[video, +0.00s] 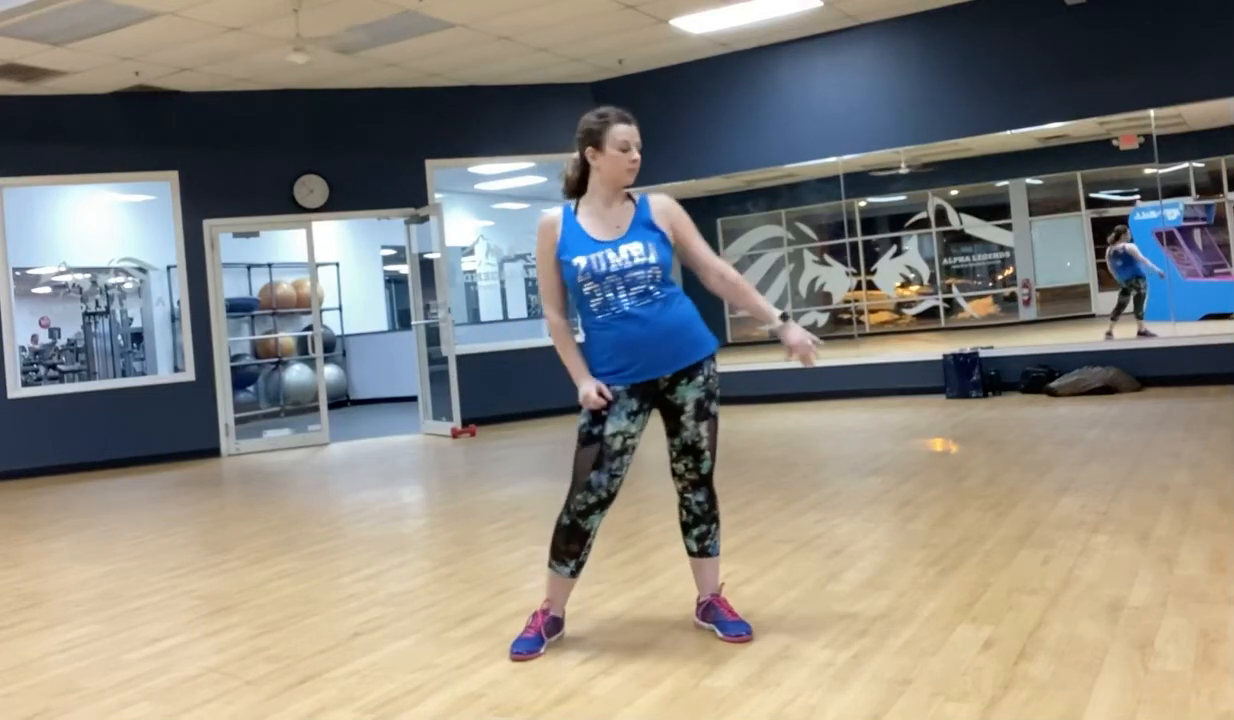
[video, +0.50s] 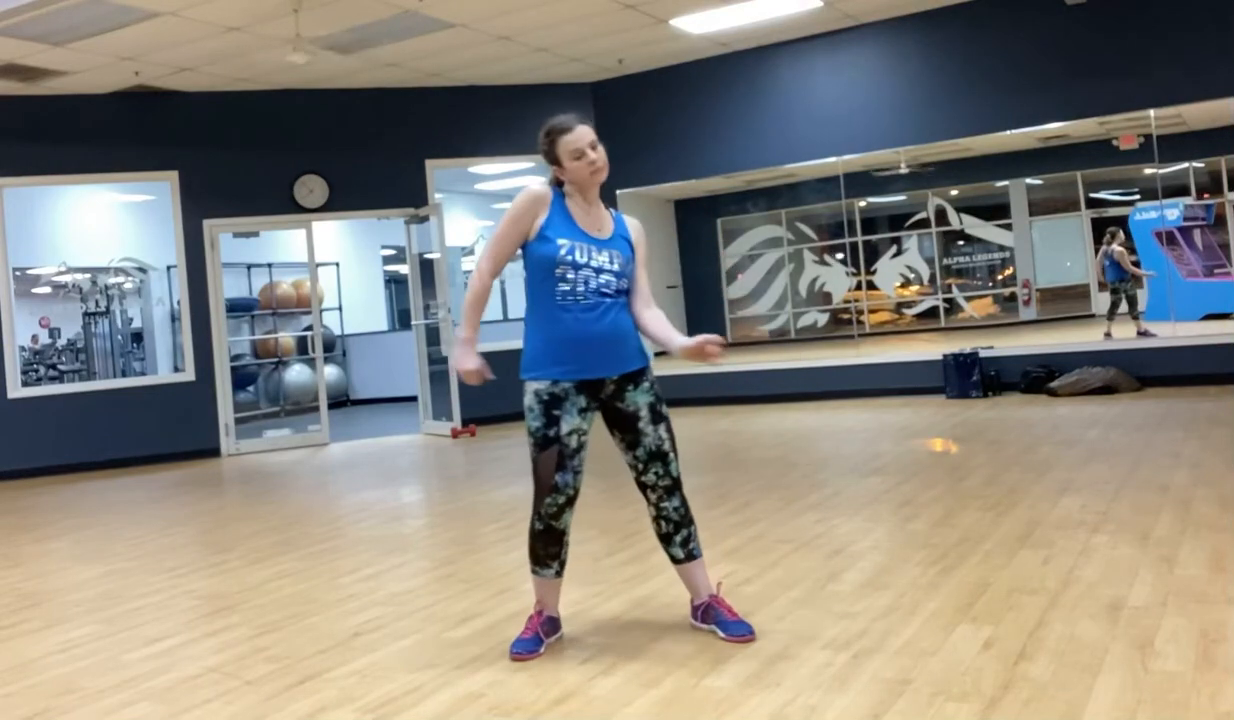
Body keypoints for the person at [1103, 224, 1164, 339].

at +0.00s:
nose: (1129, 236)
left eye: (1129, 233)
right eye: (1128, 234)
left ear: (1117, 236)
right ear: (1123, 235)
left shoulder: (1109, 250)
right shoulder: (1130, 247)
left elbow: (1110, 268)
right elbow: (1143, 260)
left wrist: (1119, 280)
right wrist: (1158, 270)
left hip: (1125, 281)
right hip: (1138, 279)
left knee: (1120, 305)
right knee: (1139, 303)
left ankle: (1110, 330)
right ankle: (1141, 328)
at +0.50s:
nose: (1123, 236)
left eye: (1122, 233)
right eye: (1121, 234)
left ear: (1111, 237)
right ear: (1117, 236)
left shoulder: (1104, 249)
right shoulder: (1120, 251)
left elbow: (1098, 262)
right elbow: (1129, 267)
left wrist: (1100, 276)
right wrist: (1145, 273)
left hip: (1112, 281)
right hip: (1125, 281)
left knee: (1114, 304)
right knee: (1133, 303)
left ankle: (1108, 330)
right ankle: (1140, 328)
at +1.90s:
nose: (1121, 234)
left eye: (1119, 232)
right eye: (1119, 233)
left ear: (1107, 235)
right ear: (1117, 235)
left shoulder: (1102, 247)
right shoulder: (1122, 247)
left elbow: (1089, 256)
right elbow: (1127, 264)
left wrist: (1077, 264)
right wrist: (1135, 275)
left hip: (1109, 280)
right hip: (1124, 279)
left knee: (1111, 304)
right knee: (1134, 301)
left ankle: (1107, 330)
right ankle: (1140, 326)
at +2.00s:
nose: (1121, 234)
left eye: (1119, 232)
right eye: (1119, 232)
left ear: (1107, 235)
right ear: (1117, 234)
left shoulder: (1103, 246)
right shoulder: (1122, 246)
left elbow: (1090, 251)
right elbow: (1127, 262)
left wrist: (1076, 256)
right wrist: (1133, 276)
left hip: (1109, 280)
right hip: (1123, 279)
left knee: (1111, 304)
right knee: (1137, 299)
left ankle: (1107, 330)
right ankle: (1140, 325)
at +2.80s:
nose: (1130, 237)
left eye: (1128, 236)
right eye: (1127, 236)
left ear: (1120, 241)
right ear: (1125, 239)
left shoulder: (1129, 250)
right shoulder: (1125, 249)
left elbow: (1146, 249)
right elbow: (1119, 262)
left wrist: (1164, 247)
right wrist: (1128, 278)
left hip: (1124, 284)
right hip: (1129, 284)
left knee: (1117, 304)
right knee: (1150, 304)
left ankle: (1097, 323)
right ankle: (1139, 328)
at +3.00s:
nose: (1129, 238)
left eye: (1128, 236)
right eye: (1127, 237)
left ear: (1119, 242)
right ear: (1125, 239)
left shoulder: (1127, 248)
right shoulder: (1125, 249)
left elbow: (1134, 235)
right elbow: (1118, 262)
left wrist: (1141, 224)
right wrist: (1127, 277)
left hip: (1127, 285)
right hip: (1131, 285)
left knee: (1120, 304)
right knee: (1151, 304)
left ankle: (1099, 321)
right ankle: (1140, 328)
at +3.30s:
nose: (1128, 237)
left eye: (1126, 235)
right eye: (1125, 236)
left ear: (1119, 241)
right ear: (1124, 239)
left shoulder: (1124, 248)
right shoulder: (1125, 250)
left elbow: (1121, 231)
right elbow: (1120, 262)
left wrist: (1120, 215)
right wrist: (1129, 277)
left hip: (1126, 285)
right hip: (1131, 285)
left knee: (1120, 304)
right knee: (1151, 304)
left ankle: (1099, 321)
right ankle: (1140, 328)